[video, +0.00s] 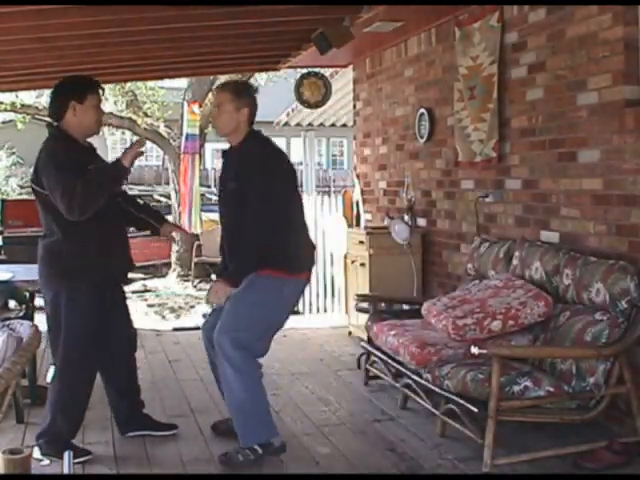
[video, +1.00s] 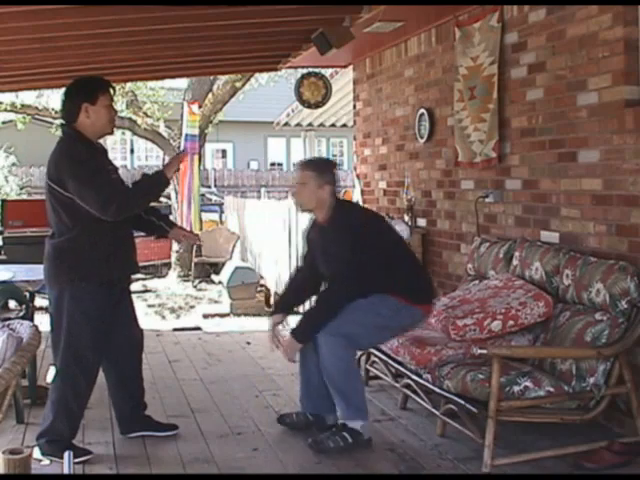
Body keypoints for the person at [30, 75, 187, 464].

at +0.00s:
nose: (102, 113)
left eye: (101, 105)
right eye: (96, 105)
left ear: (75, 109)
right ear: (74, 108)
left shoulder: (85, 153)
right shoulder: (55, 153)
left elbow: (116, 199)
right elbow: (76, 205)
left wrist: (159, 223)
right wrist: (120, 167)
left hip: (100, 273)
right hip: (71, 276)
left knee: (119, 348)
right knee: (75, 360)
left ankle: (131, 419)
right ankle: (53, 441)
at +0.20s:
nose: (103, 112)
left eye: (101, 104)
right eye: (97, 104)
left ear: (75, 109)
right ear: (74, 108)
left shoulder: (87, 154)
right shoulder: (54, 155)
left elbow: (119, 204)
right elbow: (77, 210)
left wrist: (161, 227)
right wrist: (127, 179)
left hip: (101, 273)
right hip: (71, 277)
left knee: (119, 348)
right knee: (74, 360)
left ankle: (131, 419)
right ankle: (53, 441)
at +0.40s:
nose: (106, 114)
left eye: (105, 106)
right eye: (100, 106)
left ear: (79, 111)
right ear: (77, 110)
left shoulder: (90, 154)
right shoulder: (57, 157)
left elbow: (121, 204)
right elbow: (82, 212)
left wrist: (164, 228)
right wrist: (133, 181)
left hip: (104, 274)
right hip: (73, 278)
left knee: (122, 348)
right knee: (75, 361)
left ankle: (132, 420)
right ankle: (54, 441)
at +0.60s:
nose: (111, 115)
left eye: (110, 107)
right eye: (105, 107)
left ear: (83, 111)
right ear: (81, 110)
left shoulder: (92, 154)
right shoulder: (64, 155)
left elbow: (120, 207)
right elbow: (90, 212)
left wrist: (163, 228)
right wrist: (142, 187)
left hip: (104, 275)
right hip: (74, 278)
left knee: (123, 347)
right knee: (75, 362)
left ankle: (132, 420)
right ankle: (53, 441)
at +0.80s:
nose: (114, 114)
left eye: (112, 106)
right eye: (107, 106)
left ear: (84, 111)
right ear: (84, 110)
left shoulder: (95, 155)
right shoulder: (67, 155)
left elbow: (123, 207)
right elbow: (101, 210)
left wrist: (167, 231)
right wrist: (155, 181)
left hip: (105, 276)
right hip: (75, 279)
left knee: (124, 347)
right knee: (75, 362)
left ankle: (132, 420)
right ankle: (54, 441)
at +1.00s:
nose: (115, 113)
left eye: (113, 105)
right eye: (108, 105)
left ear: (86, 111)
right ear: (85, 110)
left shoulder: (94, 154)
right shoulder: (70, 155)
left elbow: (123, 209)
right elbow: (114, 206)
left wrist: (169, 230)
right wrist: (163, 176)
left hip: (107, 274)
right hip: (78, 277)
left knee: (126, 346)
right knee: (77, 360)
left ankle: (132, 420)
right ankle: (53, 442)